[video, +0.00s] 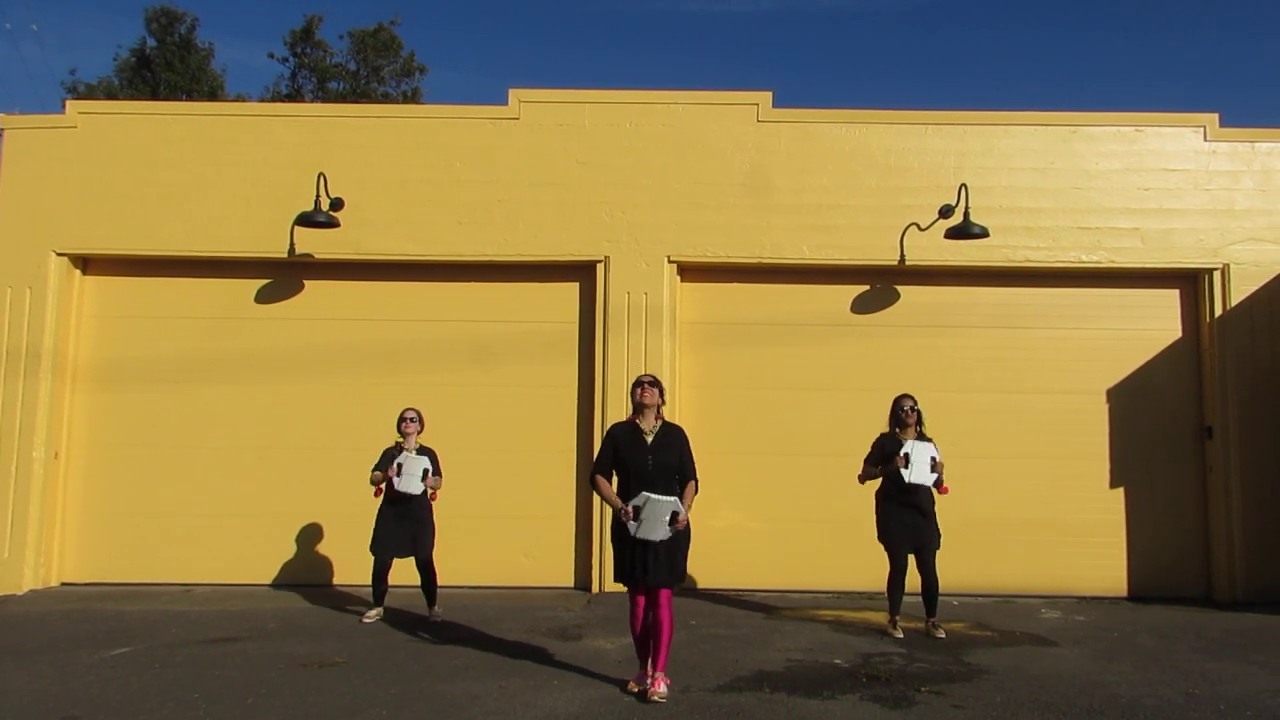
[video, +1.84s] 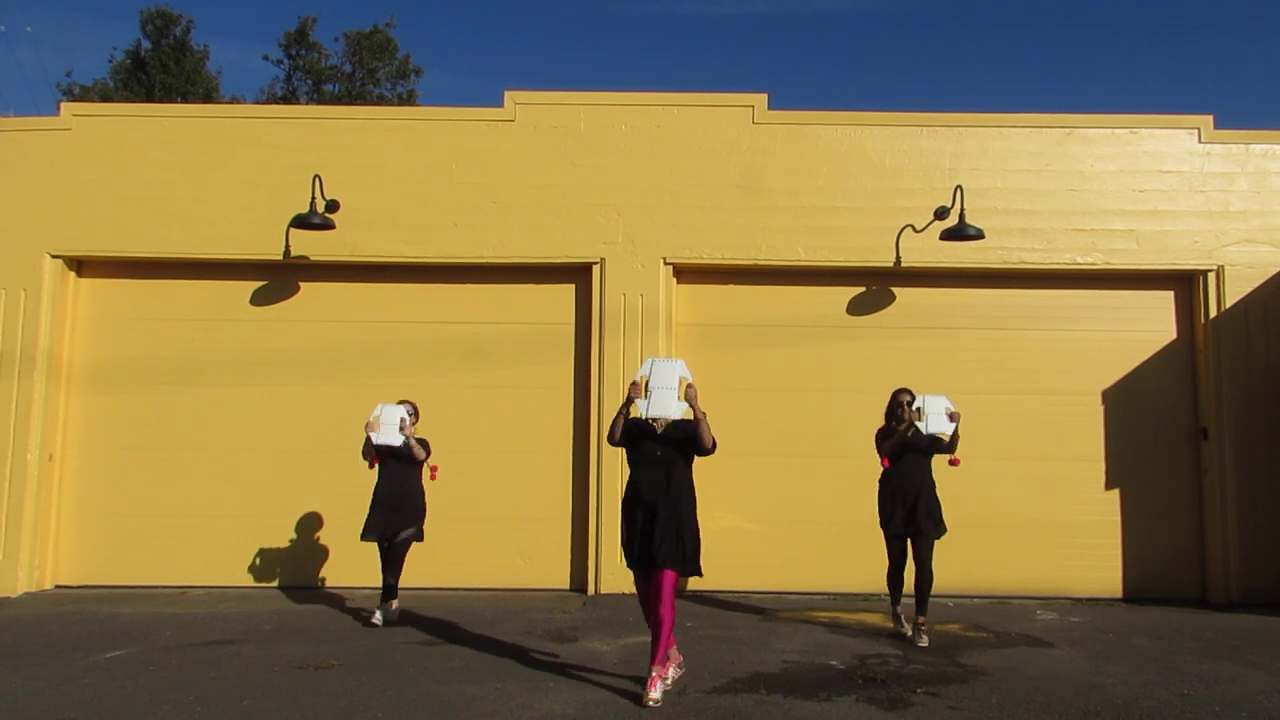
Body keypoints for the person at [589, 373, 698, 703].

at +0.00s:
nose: (644, 389)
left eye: (651, 386)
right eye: (639, 386)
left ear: (661, 397)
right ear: (632, 396)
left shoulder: (675, 433)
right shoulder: (618, 432)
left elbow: (690, 479)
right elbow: (598, 476)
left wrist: (684, 508)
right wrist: (618, 505)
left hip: (669, 525)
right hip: (632, 525)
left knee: (662, 597)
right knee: (638, 599)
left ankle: (659, 674)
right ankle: (644, 669)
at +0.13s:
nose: (643, 390)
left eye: (650, 386)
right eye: (638, 386)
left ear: (660, 397)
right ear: (631, 395)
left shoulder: (675, 433)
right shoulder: (620, 429)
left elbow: (692, 478)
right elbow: (606, 470)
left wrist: (702, 502)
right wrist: (643, 493)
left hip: (668, 528)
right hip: (632, 528)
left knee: (661, 598)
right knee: (637, 599)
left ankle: (659, 674)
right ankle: (643, 670)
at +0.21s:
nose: (642, 391)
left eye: (648, 387)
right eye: (637, 387)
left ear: (658, 395)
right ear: (630, 396)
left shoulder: (673, 434)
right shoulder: (620, 427)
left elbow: (691, 472)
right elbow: (627, 459)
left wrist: (721, 481)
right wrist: (672, 465)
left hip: (667, 525)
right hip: (631, 524)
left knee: (660, 598)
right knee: (637, 599)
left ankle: (658, 674)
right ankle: (642, 669)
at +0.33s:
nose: (641, 394)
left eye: (647, 390)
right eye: (635, 390)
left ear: (657, 398)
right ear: (629, 398)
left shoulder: (671, 436)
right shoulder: (620, 425)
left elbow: (707, 464)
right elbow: (644, 432)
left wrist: (739, 449)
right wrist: (692, 427)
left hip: (668, 526)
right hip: (632, 525)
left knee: (662, 600)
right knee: (638, 600)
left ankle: (659, 675)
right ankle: (643, 670)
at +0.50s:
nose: (643, 392)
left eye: (649, 388)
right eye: (637, 388)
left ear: (660, 394)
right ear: (629, 396)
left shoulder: (675, 431)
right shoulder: (623, 426)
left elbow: (718, 435)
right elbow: (645, 403)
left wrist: (739, 399)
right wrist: (686, 380)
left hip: (667, 525)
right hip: (630, 525)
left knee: (662, 601)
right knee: (636, 606)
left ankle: (654, 673)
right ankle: (646, 663)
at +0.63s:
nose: (657, 411)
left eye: (663, 406)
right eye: (652, 405)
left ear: (671, 411)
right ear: (641, 409)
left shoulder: (681, 440)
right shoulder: (632, 436)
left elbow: (703, 410)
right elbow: (629, 402)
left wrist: (699, 363)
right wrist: (640, 357)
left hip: (666, 530)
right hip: (630, 529)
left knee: (659, 603)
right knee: (638, 604)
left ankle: (656, 678)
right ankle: (644, 672)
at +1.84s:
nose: (661, 395)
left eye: (667, 390)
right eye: (656, 390)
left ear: (677, 396)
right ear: (647, 395)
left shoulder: (686, 429)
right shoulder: (636, 428)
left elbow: (707, 447)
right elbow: (614, 438)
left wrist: (696, 407)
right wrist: (628, 402)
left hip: (674, 521)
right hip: (638, 521)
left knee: (664, 596)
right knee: (647, 598)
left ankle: (655, 673)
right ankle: (673, 657)